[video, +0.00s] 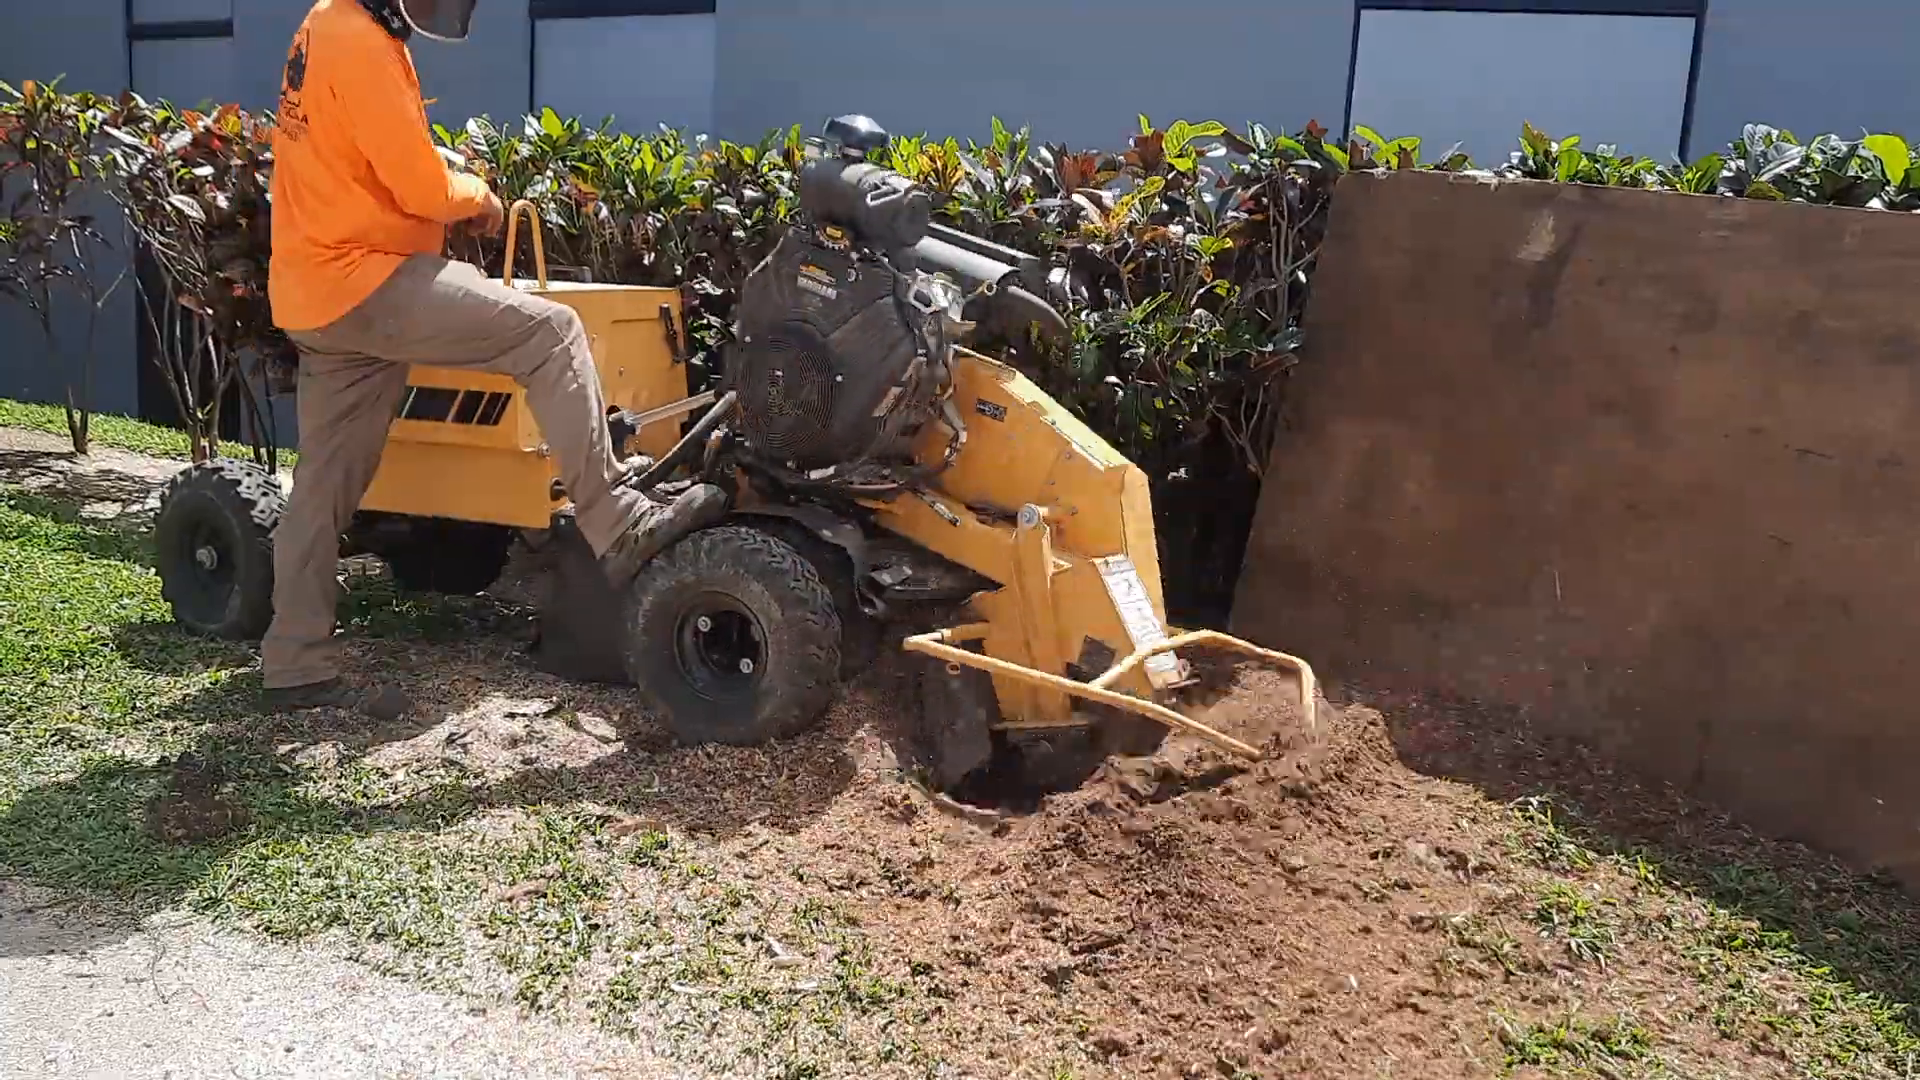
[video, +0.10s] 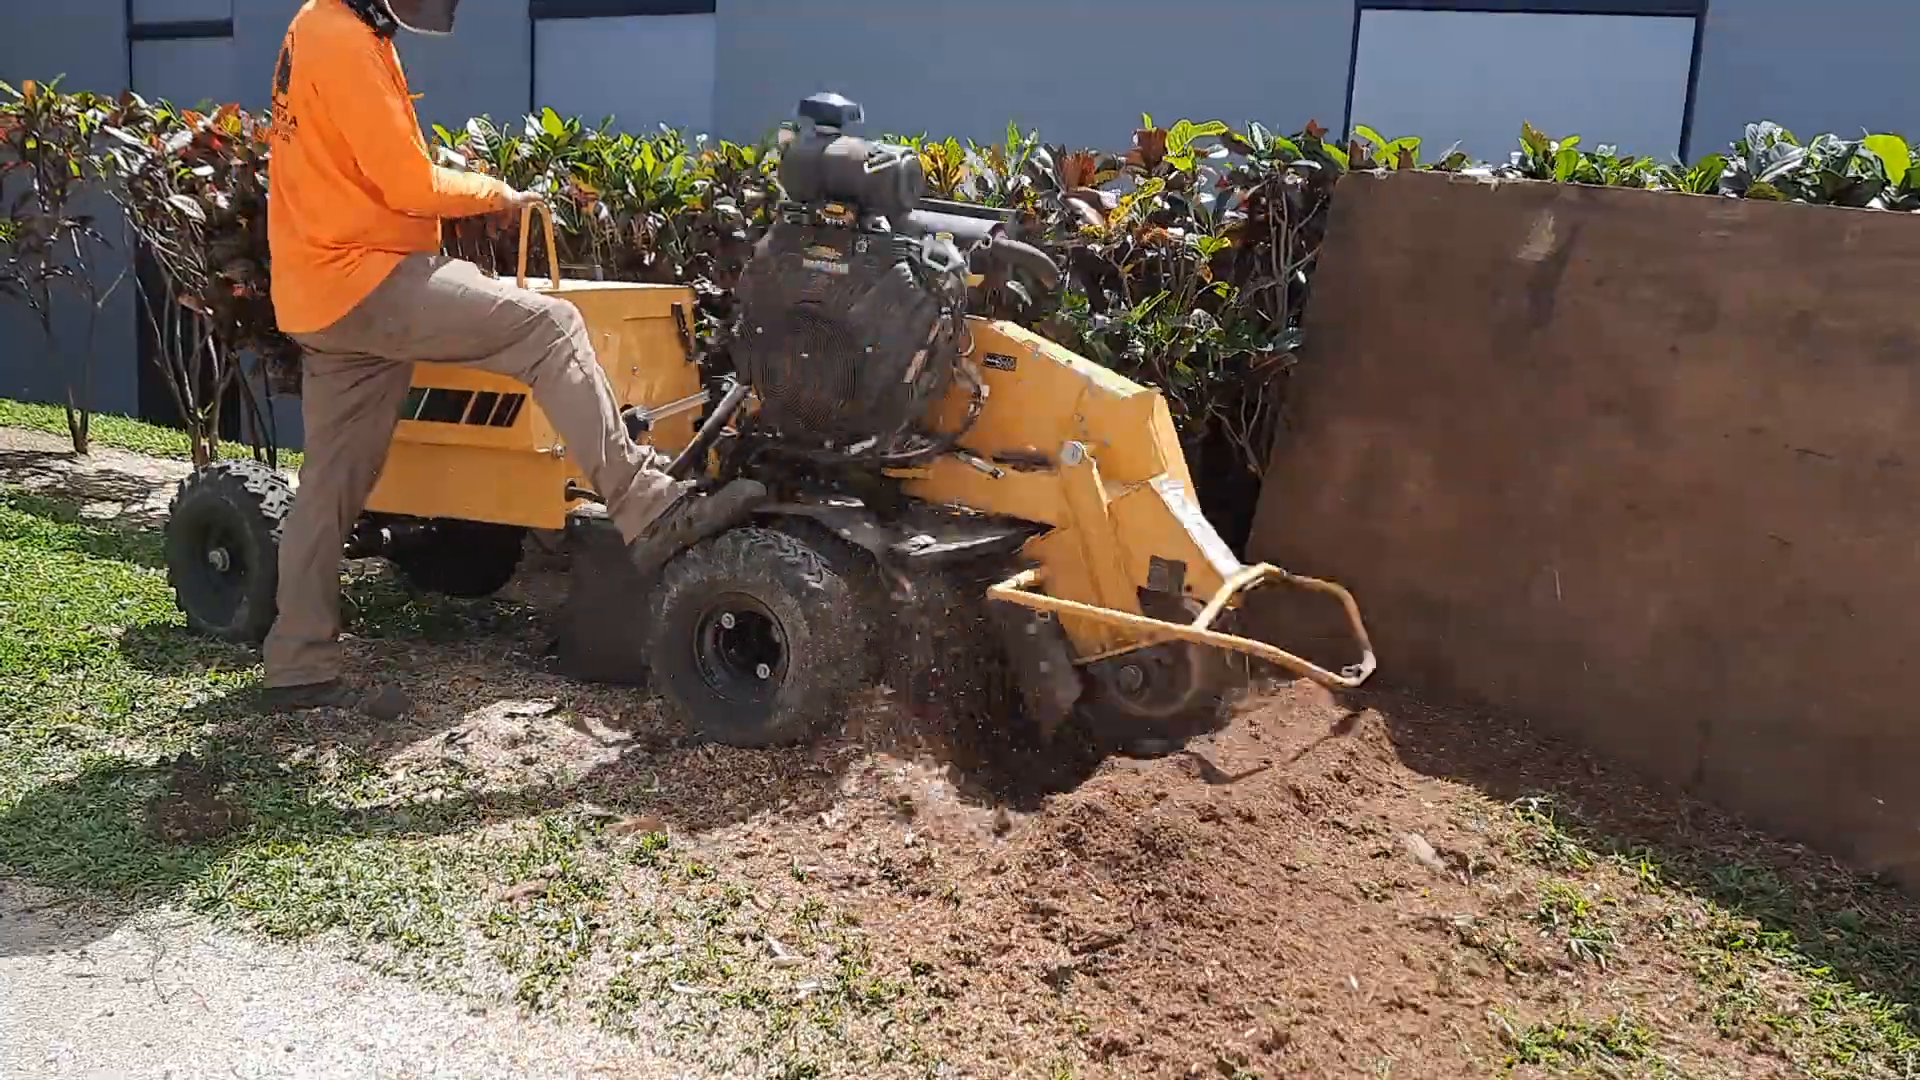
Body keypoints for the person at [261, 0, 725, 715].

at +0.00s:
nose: (434, 26)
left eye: (440, 19)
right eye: (435, 16)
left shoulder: (335, 24)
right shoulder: (362, 44)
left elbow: (373, 158)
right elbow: (422, 189)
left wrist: (450, 180)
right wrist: (476, 193)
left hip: (318, 287)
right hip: (360, 280)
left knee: (323, 488)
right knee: (549, 333)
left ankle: (294, 666)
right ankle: (617, 520)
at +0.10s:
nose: (435, 14)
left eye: (435, 8)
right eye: (431, 5)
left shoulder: (339, 30)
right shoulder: (342, 39)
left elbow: (390, 168)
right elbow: (406, 182)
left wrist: (482, 189)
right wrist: (498, 196)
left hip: (329, 288)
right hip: (360, 280)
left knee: (329, 486)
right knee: (547, 326)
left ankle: (298, 665)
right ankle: (650, 510)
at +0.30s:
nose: (479, 8)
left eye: (480, 4)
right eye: (474, 2)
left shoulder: (315, 25)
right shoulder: (437, 61)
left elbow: (297, 153)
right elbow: (501, 196)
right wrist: (529, 194)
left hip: (334, 315)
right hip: (411, 327)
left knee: (351, 491)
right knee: (398, 515)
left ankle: (302, 666)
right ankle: (373, 707)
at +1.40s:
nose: (468, 22)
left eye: (471, 15)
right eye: (469, 12)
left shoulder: (342, 29)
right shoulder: (399, 51)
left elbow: (392, 168)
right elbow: (468, 180)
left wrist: (486, 203)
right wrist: (543, 197)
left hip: (374, 323)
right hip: (396, 331)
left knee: (462, 474)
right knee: (394, 509)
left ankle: (402, 648)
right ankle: (370, 707)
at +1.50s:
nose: (415, 17)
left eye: (419, 10)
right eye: (411, 5)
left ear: (387, 7)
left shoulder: (357, 67)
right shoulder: (277, 61)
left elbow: (344, 233)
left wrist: (387, 367)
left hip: (376, 378)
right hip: (313, 385)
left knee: (379, 540)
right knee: (342, 568)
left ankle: (238, 673)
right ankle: (321, 792)